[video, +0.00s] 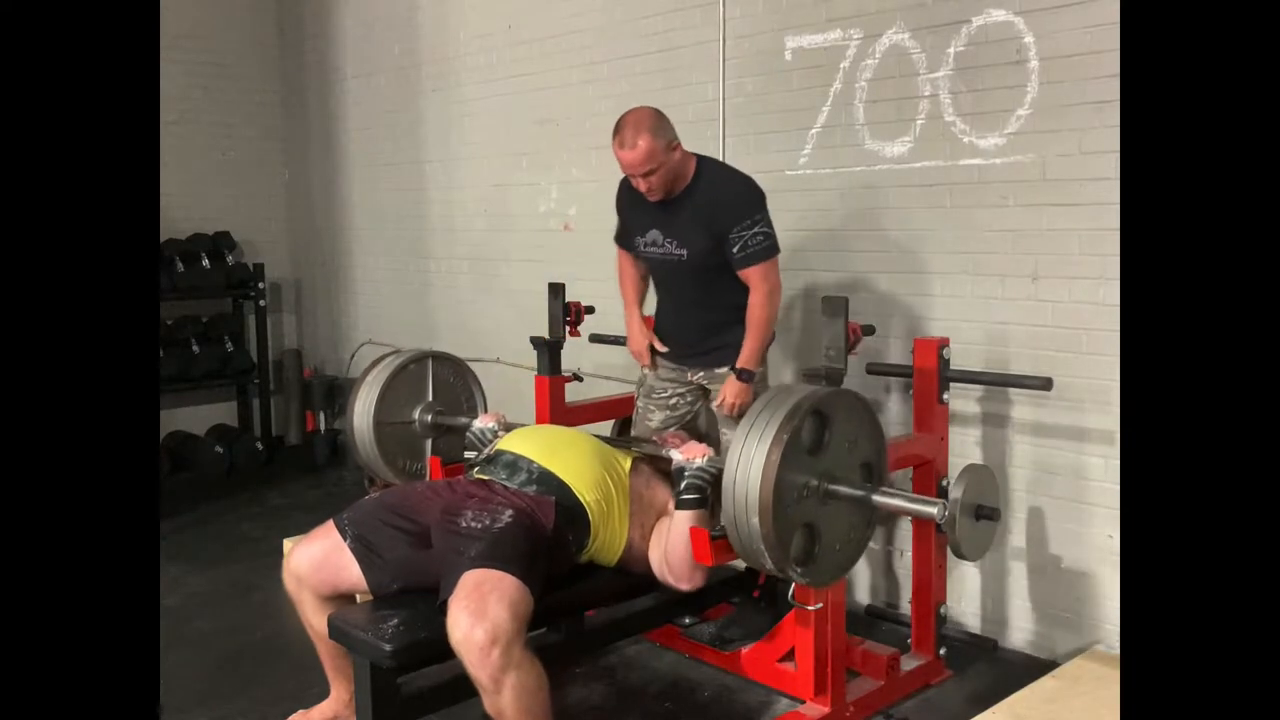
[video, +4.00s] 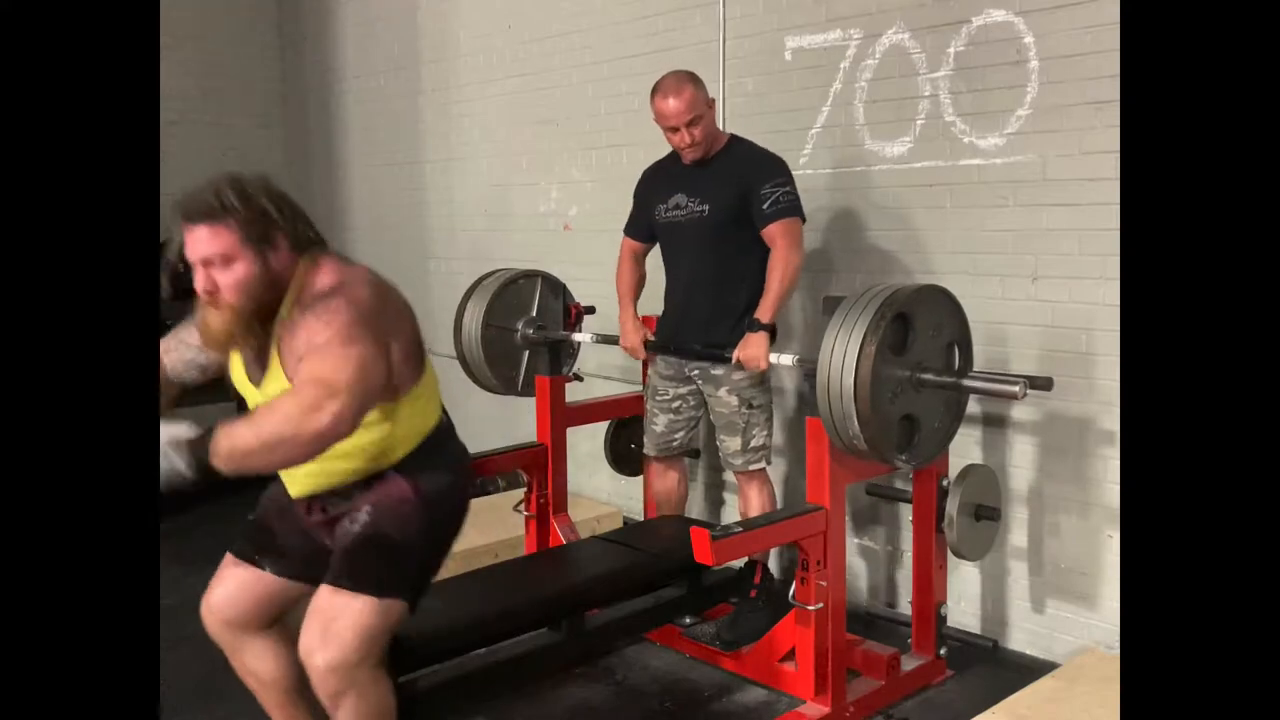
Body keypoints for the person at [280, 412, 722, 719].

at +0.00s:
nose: (674, 440)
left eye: (686, 441)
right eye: (671, 434)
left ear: (691, 461)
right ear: (655, 438)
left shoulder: (661, 502)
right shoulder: (579, 453)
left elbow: (684, 575)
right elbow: (512, 469)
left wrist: (698, 480)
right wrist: (492, 438)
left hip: (519, 512)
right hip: (454, 490)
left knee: (481, 633)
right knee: (304, 565)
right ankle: (344, 700)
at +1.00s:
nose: (677, 438)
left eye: (689, 440)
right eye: (675, 432)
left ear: (699, 463)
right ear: (659, 437)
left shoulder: (674, 515)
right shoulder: (586, 448)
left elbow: (718, 459)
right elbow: (532, 435)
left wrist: (735, 376)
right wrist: (523, 362)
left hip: (529, 507)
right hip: (461, 483)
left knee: (493, 626)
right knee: (311, 563)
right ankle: (343, 698)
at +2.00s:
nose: (672, 435)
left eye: (684, 439)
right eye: (665, 431)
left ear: (694, 468)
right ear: (645, 440)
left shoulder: (679, 502)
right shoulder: (587, 449)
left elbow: (746, 466)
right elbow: (555, 418)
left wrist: (780, 385)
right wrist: (572, 359)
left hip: (530, 523)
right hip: (460, 497)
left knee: (472, 618)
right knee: (299, 563)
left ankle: (489, 715)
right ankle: (332, 706)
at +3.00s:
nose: (620, 384)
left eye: (637, 383)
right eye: (620, 378)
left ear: (667, 411)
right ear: (614, 388)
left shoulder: (674, 460)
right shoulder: (568, 433)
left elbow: (610, 448)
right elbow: (490, 438)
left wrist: (553, 398)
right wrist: (456, 389)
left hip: (535, 552)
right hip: (461, 518)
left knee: (435, 483)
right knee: (319, 480)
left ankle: (257, 645)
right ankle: (170, 590)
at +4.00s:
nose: (204, 285)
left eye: (221, 264)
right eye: (196, 267)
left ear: (277, 251)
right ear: (188, 264)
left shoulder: (340, 307)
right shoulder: (244, 300)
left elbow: (321, 415)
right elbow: (188, 354)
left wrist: (201, 450)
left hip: (406, 480)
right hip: (317, 479)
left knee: (335, 655)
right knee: (229, 614)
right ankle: (298, 715)